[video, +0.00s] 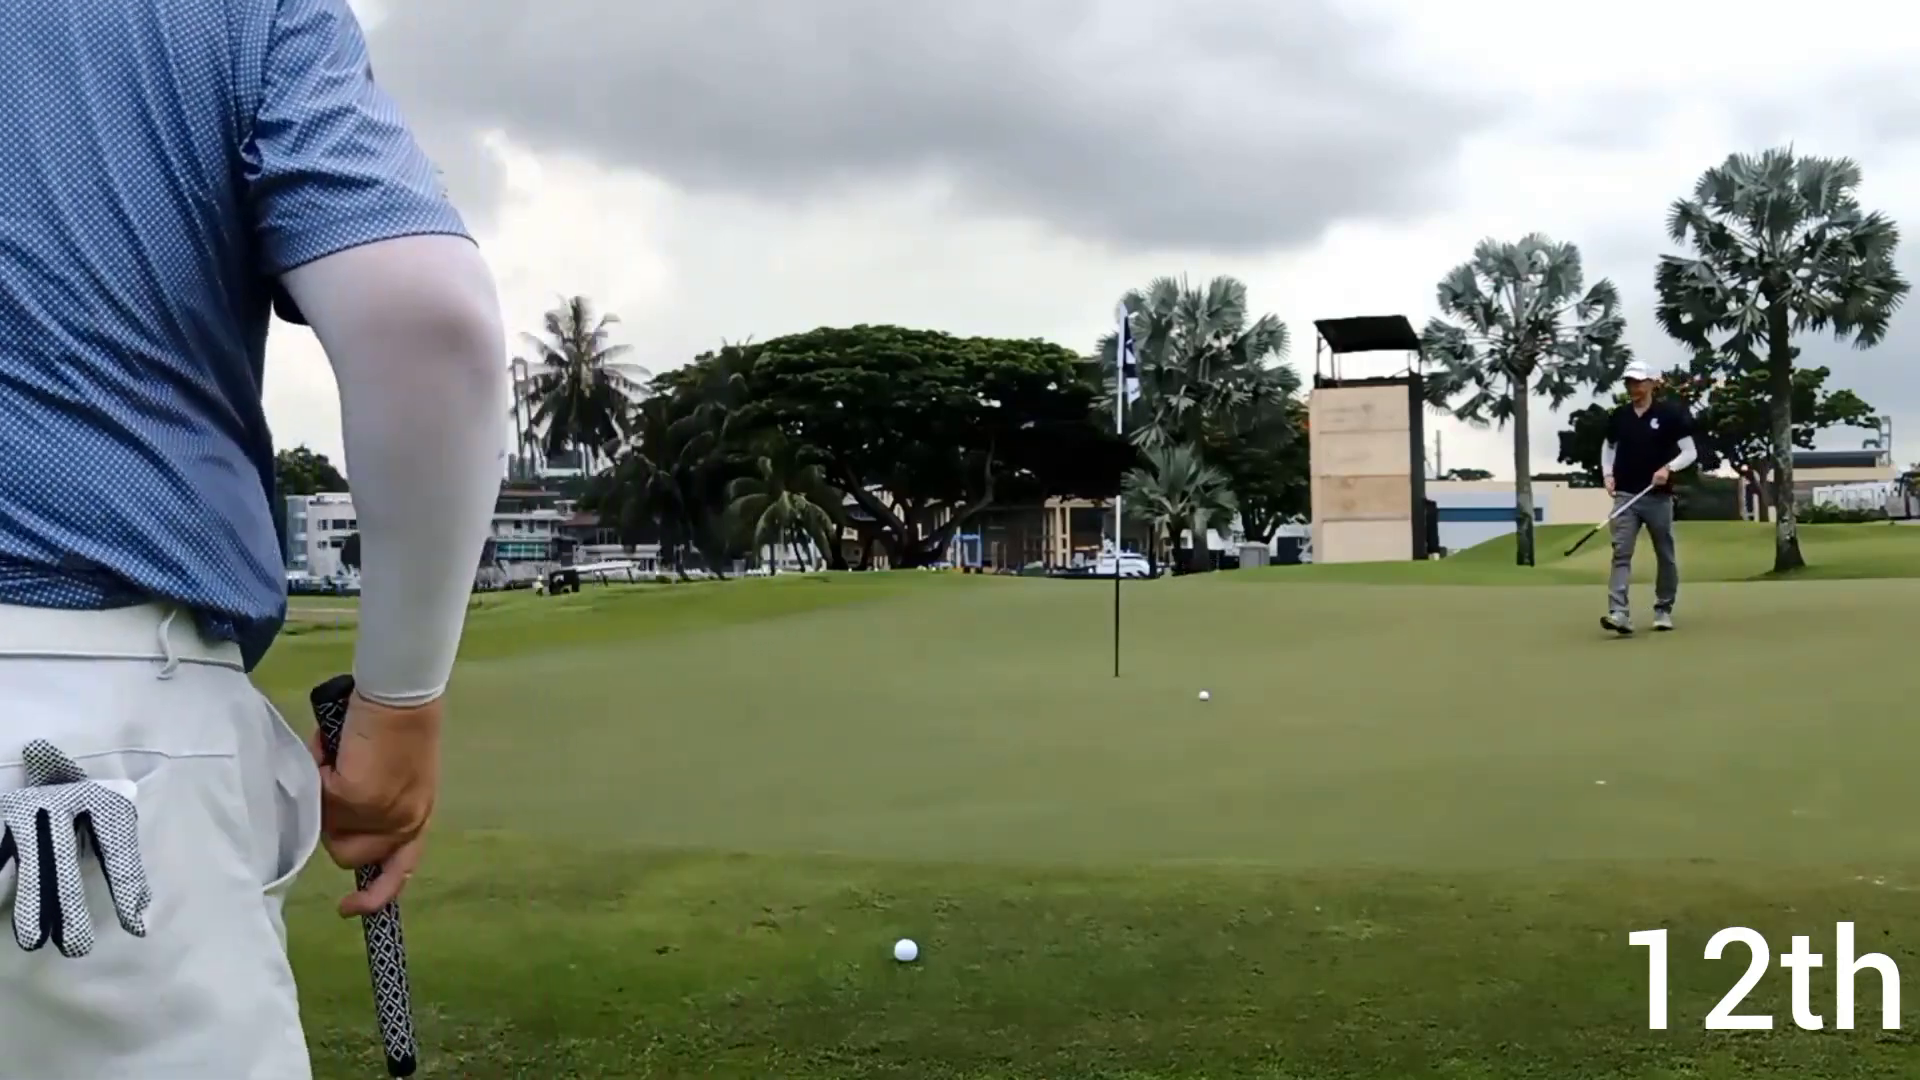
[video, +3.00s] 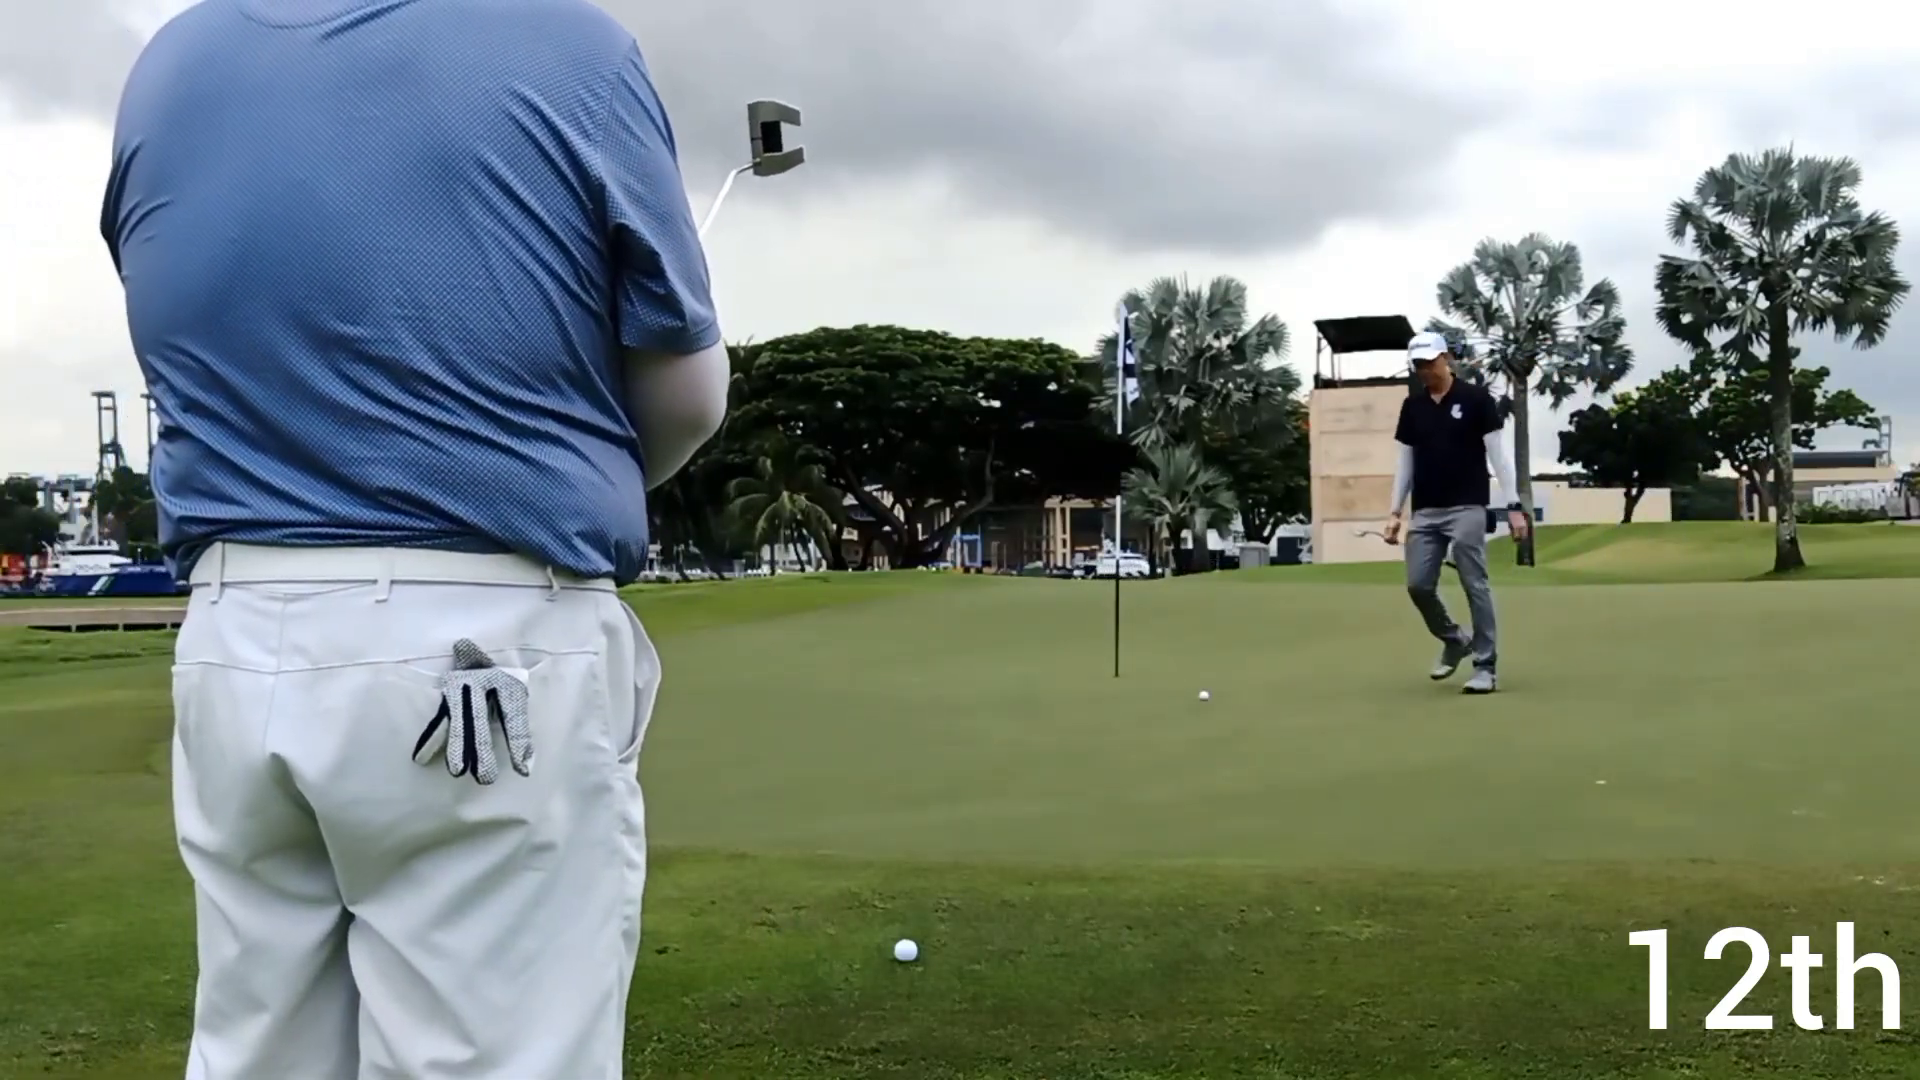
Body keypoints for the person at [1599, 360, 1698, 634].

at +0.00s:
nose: (1633, 388)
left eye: (1638, 382)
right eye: (1629, 383)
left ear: (1651, 384)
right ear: (1626, 385)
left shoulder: (1670, 415)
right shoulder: (1619, 417)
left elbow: (1690, 451)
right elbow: (1608, 449)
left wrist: (1668, 468)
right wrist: (1608, 474)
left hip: (1657, 496)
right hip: (1625, 495)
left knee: (1665, 555)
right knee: (1620, 553)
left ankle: (1663, 609)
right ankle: (1619, 612)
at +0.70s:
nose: (1600, 392)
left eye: (1606, 386)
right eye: (1595, 387)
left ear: (1616, 389)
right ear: (1589, 390)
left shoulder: (1632, 424)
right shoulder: (1578, 423)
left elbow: (1654, 466)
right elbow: (1558, 464)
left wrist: (1629, 475)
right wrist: (1578, 480)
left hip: (1618, 504)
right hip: (1587, 506)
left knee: (1612, 550)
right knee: (1583, 569)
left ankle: (1610, 627)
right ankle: (1603, 607)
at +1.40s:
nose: (1557, 378)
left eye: (1561, 372)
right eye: (1551, 374)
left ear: (1571, 374)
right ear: (1543, 378)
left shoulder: (1592, 408)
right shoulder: (1531, 413)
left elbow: (1607, 454)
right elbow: (1517, 451)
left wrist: (1573, 469)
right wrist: (1523, 472)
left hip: (1582, 502)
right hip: (1543, 504)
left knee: (1583, 562)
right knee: (1550, 573)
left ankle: (1593, 624)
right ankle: (1563, 639)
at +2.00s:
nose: (1508, 376)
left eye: (1514, 369)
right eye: (1505, 370)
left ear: (1532, 367)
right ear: (1504, 371)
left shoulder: (1556, 402)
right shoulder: (1501, 407)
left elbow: (1580, 450)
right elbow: (1492, 455)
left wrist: (1551, 466)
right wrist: (1482, 500)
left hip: (1544, 507)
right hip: (1504, 505)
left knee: (1551, 577)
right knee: (1495, 565)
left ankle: (1552, 647)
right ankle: (1516, 640)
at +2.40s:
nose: (1482, 369)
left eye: (1486, 362)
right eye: (1474, 364)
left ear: (1494, 363)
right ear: (1462, 370)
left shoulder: (1515, 402)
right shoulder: (1451, 410)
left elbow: (1527, 454)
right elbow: (1444, 464)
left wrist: (1526, 500)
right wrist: (1440, 510)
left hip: (1505, 507)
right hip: (1463, 509)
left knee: (1509, 574)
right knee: (1464, 584)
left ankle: (1529, 632)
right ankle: (1474, 658)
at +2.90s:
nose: (1435, 374)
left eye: (1441, 366)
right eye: (1430, 368)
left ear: (1458, 364)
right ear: (1425, 370)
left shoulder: (1487, 406)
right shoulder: (1420, 414)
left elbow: (1513, 458)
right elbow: (1409, 466)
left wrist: (1539, 504)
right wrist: (1390, 513)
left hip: (1477, 511)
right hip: (1436, 517)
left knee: (1476, 578)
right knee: (1434, 593)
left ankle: (1486, 665)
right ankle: (1463, 640)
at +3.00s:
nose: (1423, 371)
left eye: (1428, 363)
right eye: (1417, 365)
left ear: (1447, 358)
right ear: (1413, 366)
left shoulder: (1476, 399)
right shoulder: (1412, 406)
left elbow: (1499, 455)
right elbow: (1405, 462)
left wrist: (1513, 505)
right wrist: (1396, 512)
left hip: (1467, 510)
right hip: (1424, 514)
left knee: (1475, 586)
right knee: (1418, 585)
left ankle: (1485, 667)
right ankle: (1454, 640)